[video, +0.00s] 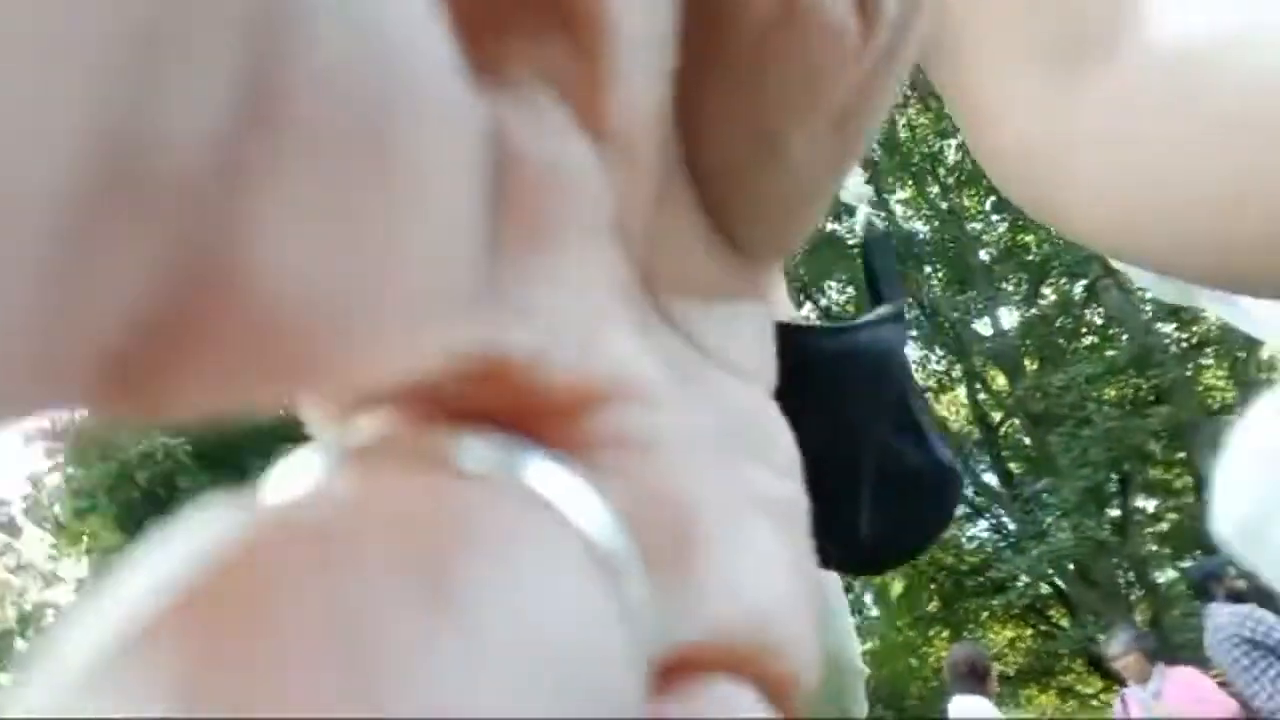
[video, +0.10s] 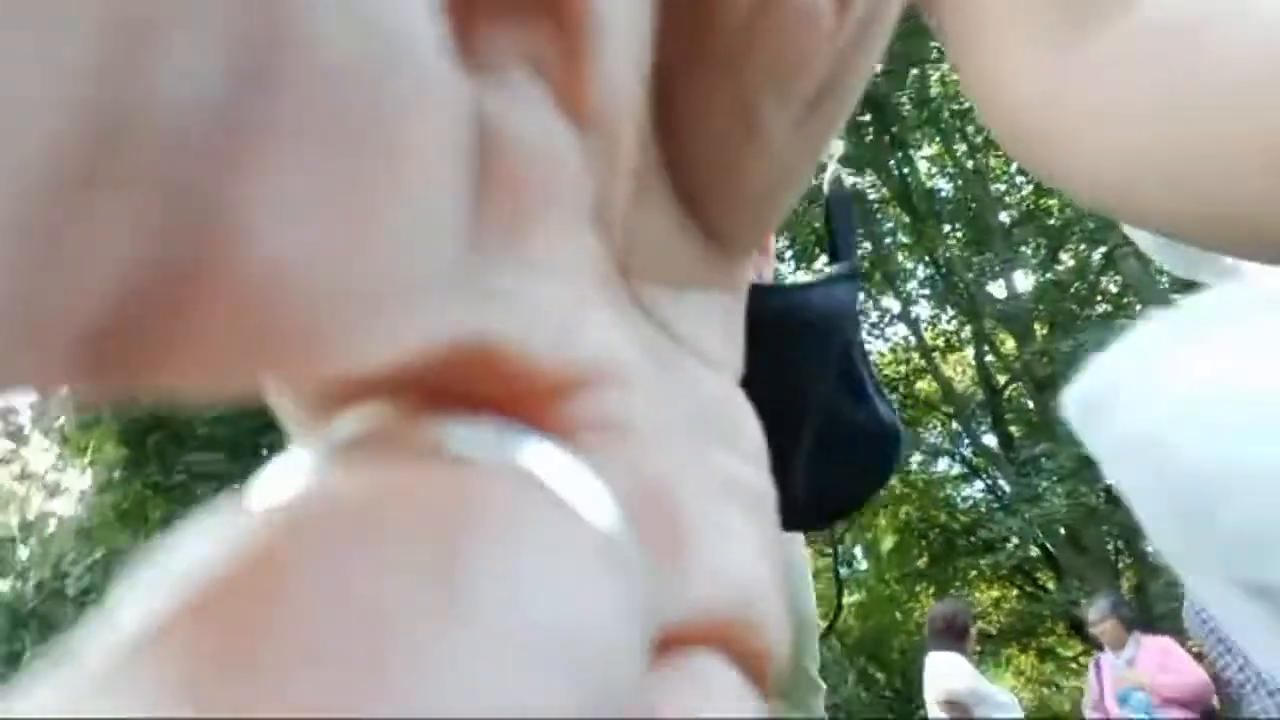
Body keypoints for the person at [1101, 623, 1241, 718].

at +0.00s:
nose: (1120, 666)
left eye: (1125, 656)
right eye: (1114, 661)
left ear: (1143, 653)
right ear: (1110, 666)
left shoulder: (1188, 679)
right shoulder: (1124, 704)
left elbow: (1230, 711)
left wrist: (1173, 712)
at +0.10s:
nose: (1096, 631)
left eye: (1101, 623)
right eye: (1092, 626)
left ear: (1121, 619)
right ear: (1089, 630)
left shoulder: (1162, 647)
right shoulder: (1098, 666)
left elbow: (1203, 688)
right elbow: (1093, 710)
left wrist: (1146, 682)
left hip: (1172, 714)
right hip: (1123, 714)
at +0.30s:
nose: (1122, 611)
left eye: (1127, 603)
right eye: (1116, 607)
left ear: (1144, 600)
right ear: (1111, 612)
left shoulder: (1184, 630)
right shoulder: (1120, 647)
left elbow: (1222, 672)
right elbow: (1109, 687)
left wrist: (1166, 665)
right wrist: (1124, 712)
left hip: (1198, 713)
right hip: (1146, 714)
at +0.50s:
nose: (1111, 625)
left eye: (1116, 616)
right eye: (1105, 621)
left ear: (1133, 613)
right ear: (1101, 627)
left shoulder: (1173, 641)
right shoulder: (1110, 661)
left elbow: (1213, 682)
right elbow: (1102, 702)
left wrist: (1157, 677)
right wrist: (1114, 716)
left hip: (1185, 713)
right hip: (1136, 714)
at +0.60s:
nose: (1100, 646)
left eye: (1104, 637)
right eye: (1094, 641)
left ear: (1121, 633)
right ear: (1089, 646)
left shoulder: (1161, 661)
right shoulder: (1097, 682)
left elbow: (1203, 701)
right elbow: (1091, 715)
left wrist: (1145, 696)